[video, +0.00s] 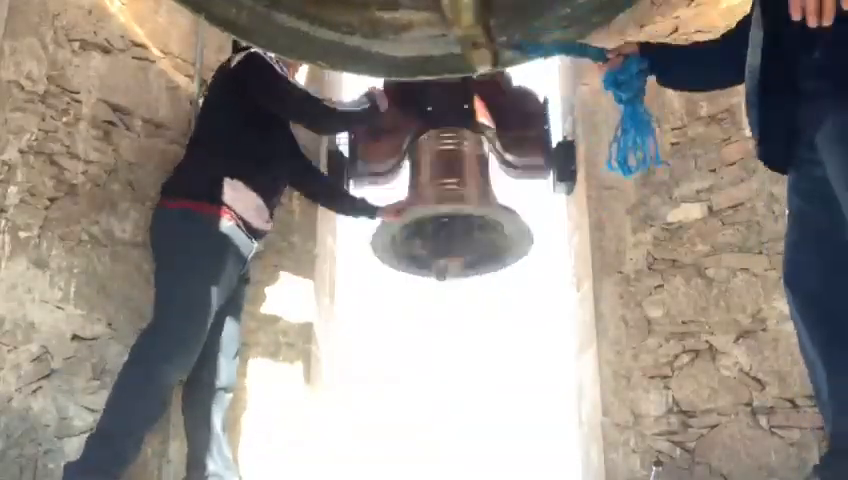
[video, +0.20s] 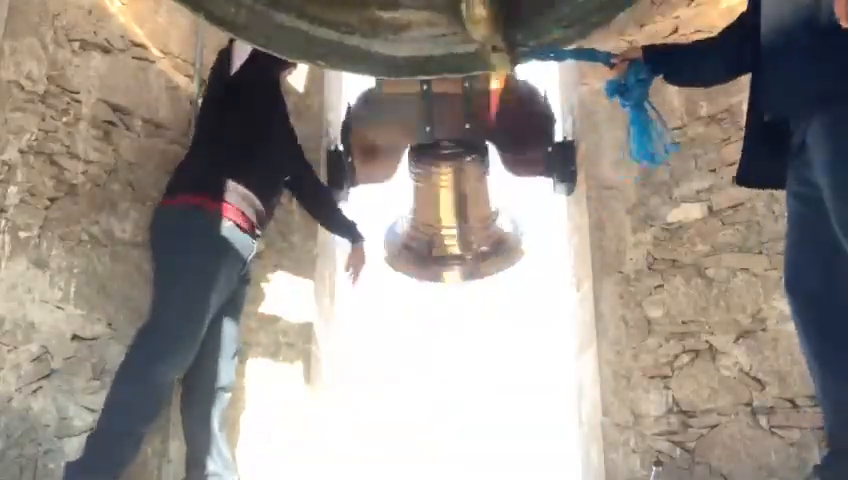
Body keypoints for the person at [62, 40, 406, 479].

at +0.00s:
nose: (299, 67)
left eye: (301, 63)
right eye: (296, 57)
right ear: (278, 51)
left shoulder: (269, 121)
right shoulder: (251, 67)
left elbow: (311, 180)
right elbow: (319, 117)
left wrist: (375, 212)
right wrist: (375, 109)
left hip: (235, 244)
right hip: (203, 222)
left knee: (216, 378)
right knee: (170, 351)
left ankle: (213, 473)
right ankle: (93, 471)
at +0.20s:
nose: (296, 57)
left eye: (300, 50)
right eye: (291, 48)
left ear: (285, 60)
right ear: (272, 47)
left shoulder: (275, 110)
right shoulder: (244, 73)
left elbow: (303, 178)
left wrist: (353, 234)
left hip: (237, 241)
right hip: (204, 224)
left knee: (215, 383)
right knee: (163, 360)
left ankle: (213, 472)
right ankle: (93, 471)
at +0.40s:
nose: (298, 73)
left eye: (303, 66)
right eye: (296, 60)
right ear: (274, 49)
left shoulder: (268, 105)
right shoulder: (244, 71)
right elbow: (297, 126)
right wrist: (365, 116)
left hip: (239, 242)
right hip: (207, 223)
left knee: (218, 383)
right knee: (171, 352)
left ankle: (216, 473)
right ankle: (101, 469)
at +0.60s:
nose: (291, 64)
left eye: (294, 58)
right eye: (288, 54)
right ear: (268, 47)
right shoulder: (250, 72)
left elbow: (260, 181)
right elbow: (311, 130)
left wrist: (299, 196)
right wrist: (373, 190)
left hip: (239, 242)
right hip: (206, 224)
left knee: (216, 383)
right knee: (162, 354)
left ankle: (215, 473)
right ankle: (96, 470)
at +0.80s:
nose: (288, 57)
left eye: (293, 49)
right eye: (285, 45)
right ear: (265, 38)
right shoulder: (245, 66)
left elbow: (274, 181)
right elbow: (295, 140)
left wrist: (313, 124)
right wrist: (357, 199)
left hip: (241, 241)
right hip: (208, 225)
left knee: (217, 380)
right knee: (174, 352)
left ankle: (215, 472)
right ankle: (96, 470)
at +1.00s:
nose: (301, 57)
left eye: (304, 47)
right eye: (297, 43)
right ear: (273, 36)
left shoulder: (273, 91)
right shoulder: (246, 66)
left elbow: (316, 134)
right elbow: (282, 138)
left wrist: (377, 112)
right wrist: (341, 194)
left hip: (244, 242)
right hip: (210, 226)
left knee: (218, 383)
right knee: (172, 353)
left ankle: (215, 472)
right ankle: (96, 470)